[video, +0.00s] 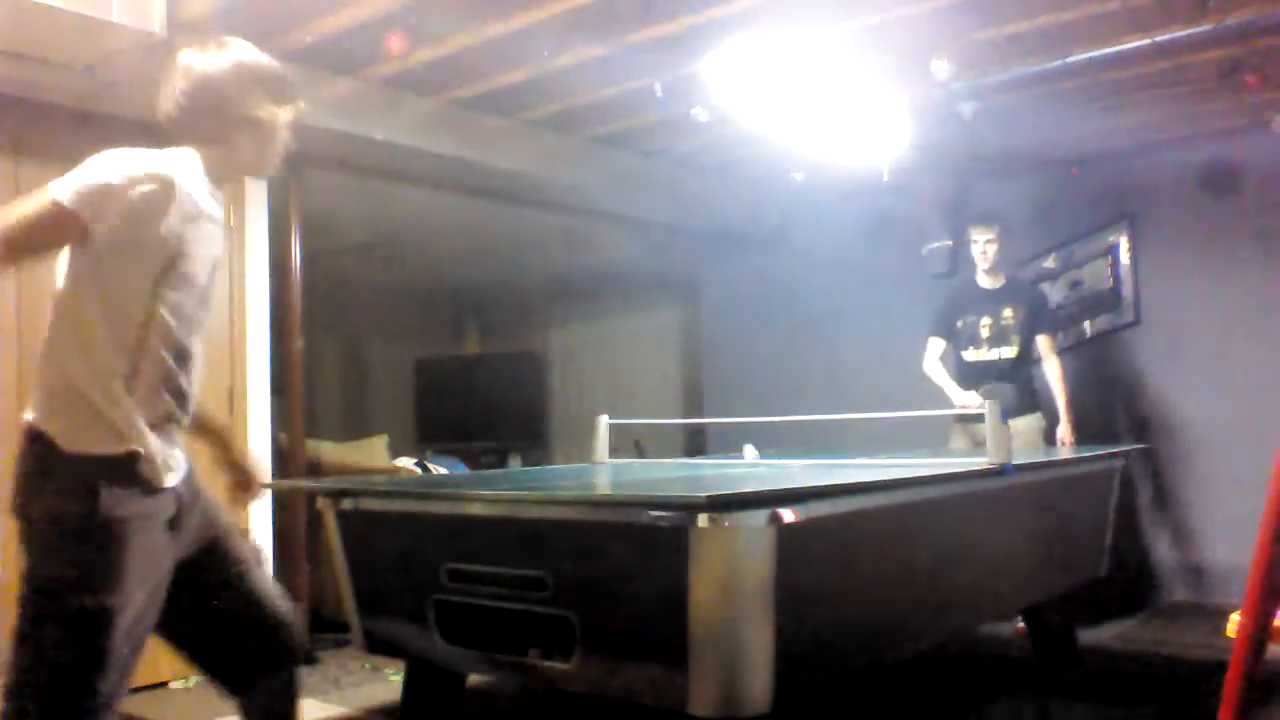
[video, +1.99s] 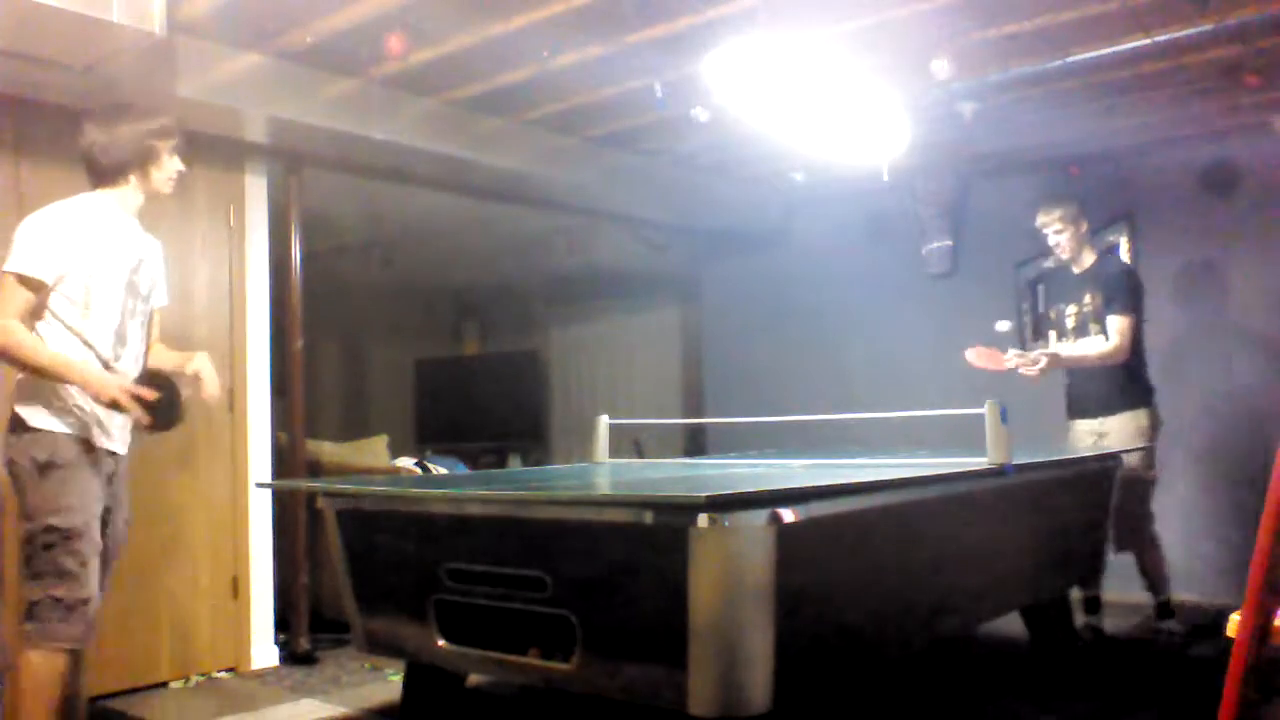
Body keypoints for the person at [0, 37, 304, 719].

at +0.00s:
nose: (289, 129)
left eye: (288, 112)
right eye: (278, 110)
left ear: (235, 118)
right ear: (232, 113)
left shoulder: (205, 209)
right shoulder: (151, 179)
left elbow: (153, 367)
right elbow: (10, 239)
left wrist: (226, 446)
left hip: (162, 481)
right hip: (91, 484)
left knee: (271, 655)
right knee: (61, 706)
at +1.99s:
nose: (180, 166)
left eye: (179, 153)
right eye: (171, 152)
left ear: (145, 157)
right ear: (136, 153)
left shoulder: (151, 252)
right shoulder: (58, 225)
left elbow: (140, 350)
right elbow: (6, 327)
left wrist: (185, 362)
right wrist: (96, 380)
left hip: (110, 438)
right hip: (51, 431)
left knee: (84, 595)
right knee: (59, 602)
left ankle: (71, 711)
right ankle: (34, 718)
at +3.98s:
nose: (324, 213)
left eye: (321, 202)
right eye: (318, 202)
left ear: (264, 209)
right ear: (297, 209)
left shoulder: (241, 258)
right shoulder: (286, 256)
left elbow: (207, 350)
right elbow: (339, 356)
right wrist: (428, 334)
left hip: (204, 443)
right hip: (172, 431)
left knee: (228, 584)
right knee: (127, 589)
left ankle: (221, 708)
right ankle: (9, 698)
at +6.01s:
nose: (180, 53)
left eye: (176, 34)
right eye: (164, 30)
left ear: (122, 45)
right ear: (113, 37)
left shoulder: (90, 154)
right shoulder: (39, 133)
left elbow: (42, 335)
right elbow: (1, 338)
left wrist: (116, 451)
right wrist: (82, 432)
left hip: (92, 475)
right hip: (29, 469)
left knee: (161, 677)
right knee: (39, 699)